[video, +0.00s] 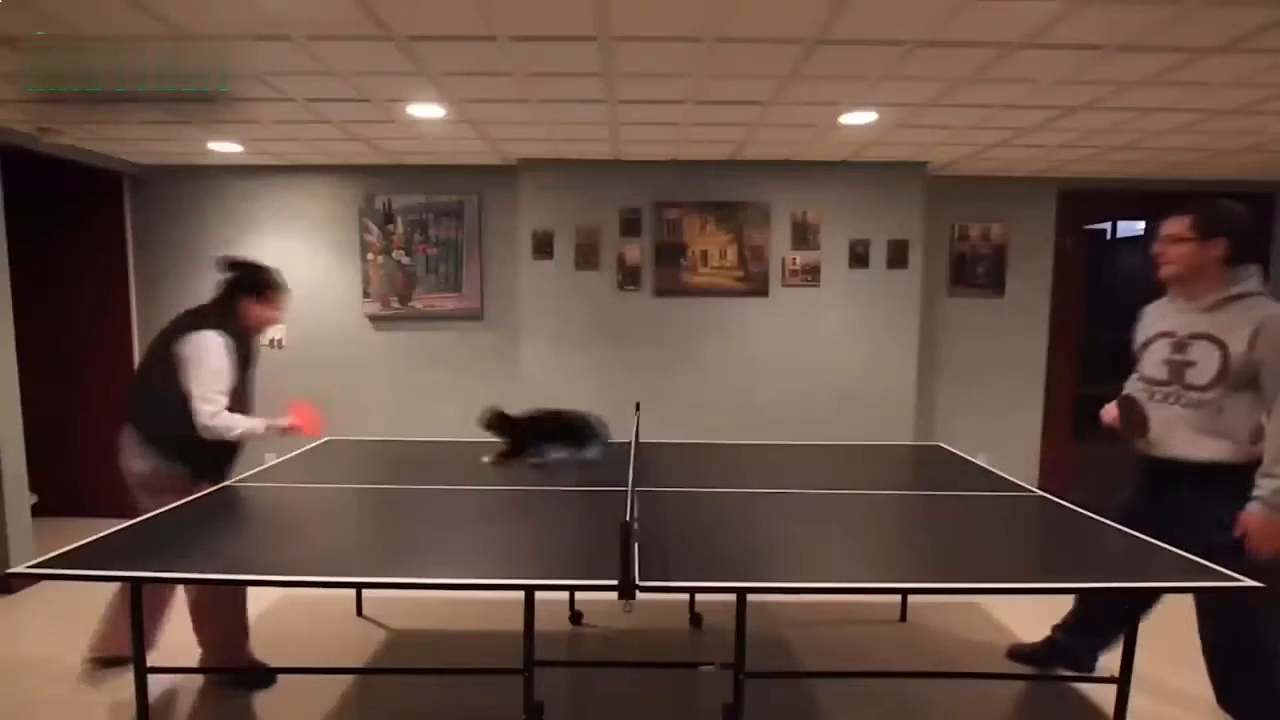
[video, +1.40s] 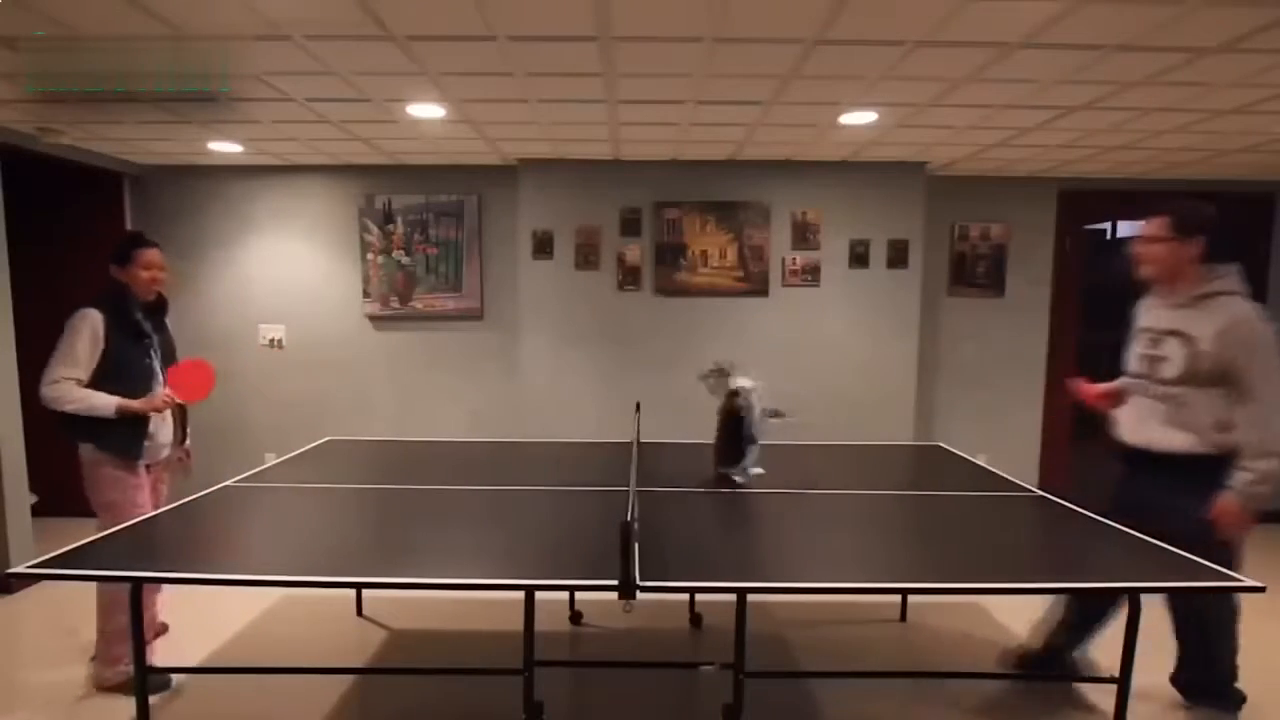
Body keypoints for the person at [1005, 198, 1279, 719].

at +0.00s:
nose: (1160, 251)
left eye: (1174, 241)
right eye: (1159, 241)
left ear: (1216, 249)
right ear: (1159, 248)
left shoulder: (1262, 318)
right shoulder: (1154, 313)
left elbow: (1277, 417)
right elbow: (1149, 384)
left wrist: (1267, 499)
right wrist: (1122, 407)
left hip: (1224, 484)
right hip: (1157, 476)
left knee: (1234, 616)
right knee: (1122, 570)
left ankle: (1256, 707)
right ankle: (1070, 648)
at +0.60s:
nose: (1127, 262)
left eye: (1138, 251)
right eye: (1127, 251)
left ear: (1179, 256)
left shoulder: (1232, 323)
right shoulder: (1141, 322)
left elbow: (1250, 420)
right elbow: (1136, 393)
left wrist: (1204, 499)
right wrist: (1091, 405)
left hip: (1188, 485)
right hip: (1126, 476)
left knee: (1217, 617)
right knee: (1073, 553)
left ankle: (1260, 704)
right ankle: (1049, 646)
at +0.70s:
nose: (1082, 276)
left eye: (1093, 264)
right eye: (1081, 266)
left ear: (1130, 265)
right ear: (1086, 273)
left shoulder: (1183, 327)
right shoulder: (1100, 330)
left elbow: (1209, 425)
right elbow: (1100, 398)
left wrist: (1167, 497)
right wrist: (1055, 413)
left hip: (1160, 485)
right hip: (1099, 480)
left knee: (1194, 607)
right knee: (1055, 567)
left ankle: (1257, 705)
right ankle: (1020, 653)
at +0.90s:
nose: (1016, 283)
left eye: (1023, 272)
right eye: (1013, 274)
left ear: (1059, 269)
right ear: (1053, 272)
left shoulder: (1121, 324)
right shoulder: (1039, 320)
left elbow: (1155, 403)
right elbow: (1037, 380)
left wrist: (1131, 479)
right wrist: (1008, 407)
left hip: (1103, 470)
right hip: (1050, 463)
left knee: (1126, 583)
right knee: (1025, 554)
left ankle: (1187, 688)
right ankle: (1022, 648)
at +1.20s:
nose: (1078, 256)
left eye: (1089, 246)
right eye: (1075, 248)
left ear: (1122, 250)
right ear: (1072, 257)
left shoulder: (1166, 314)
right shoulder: (1064, 313)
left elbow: (1197, 404)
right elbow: (1033, 358)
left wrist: (1174, 476)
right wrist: (991, 361)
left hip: (1132, 468)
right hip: (1062, 462)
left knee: (1145, 586)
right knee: (1036, 558)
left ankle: (1210, 691)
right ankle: (1021, 648)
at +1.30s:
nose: (1111, 253)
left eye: (1123, 242)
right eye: (1109, 244)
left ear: (1158, 248)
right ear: (1106, 253)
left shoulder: (1206, 314)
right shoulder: (1109, 308)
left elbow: (1232, 406)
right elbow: (1106, 382)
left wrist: (1210, 481)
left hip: (1169, 470)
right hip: (1103, 461)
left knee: (1180, 588)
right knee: (1064, 557)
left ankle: (1211, 695)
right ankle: (1023, 651)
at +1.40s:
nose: (1139, 253)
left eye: (1151, 243)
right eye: (1139, 242)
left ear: (1190, 249)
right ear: (1143, 250)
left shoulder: (1238, 318)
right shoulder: (1149, 307)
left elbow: (1266, 415)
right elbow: (1150, 380)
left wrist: (1243, 492)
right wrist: (1109, 393)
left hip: (1200, 475)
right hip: (1140, 467)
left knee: (1202, 595)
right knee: (1103, 568)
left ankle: (1212, 698)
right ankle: (1052, 656)